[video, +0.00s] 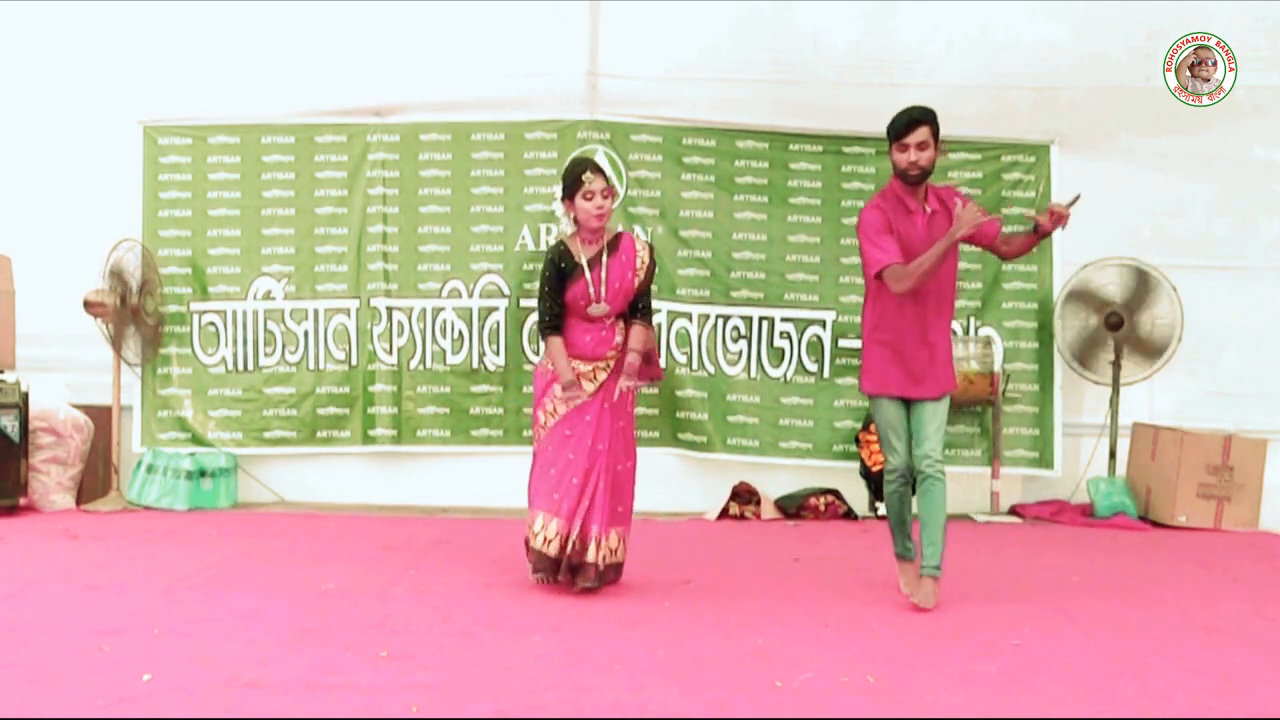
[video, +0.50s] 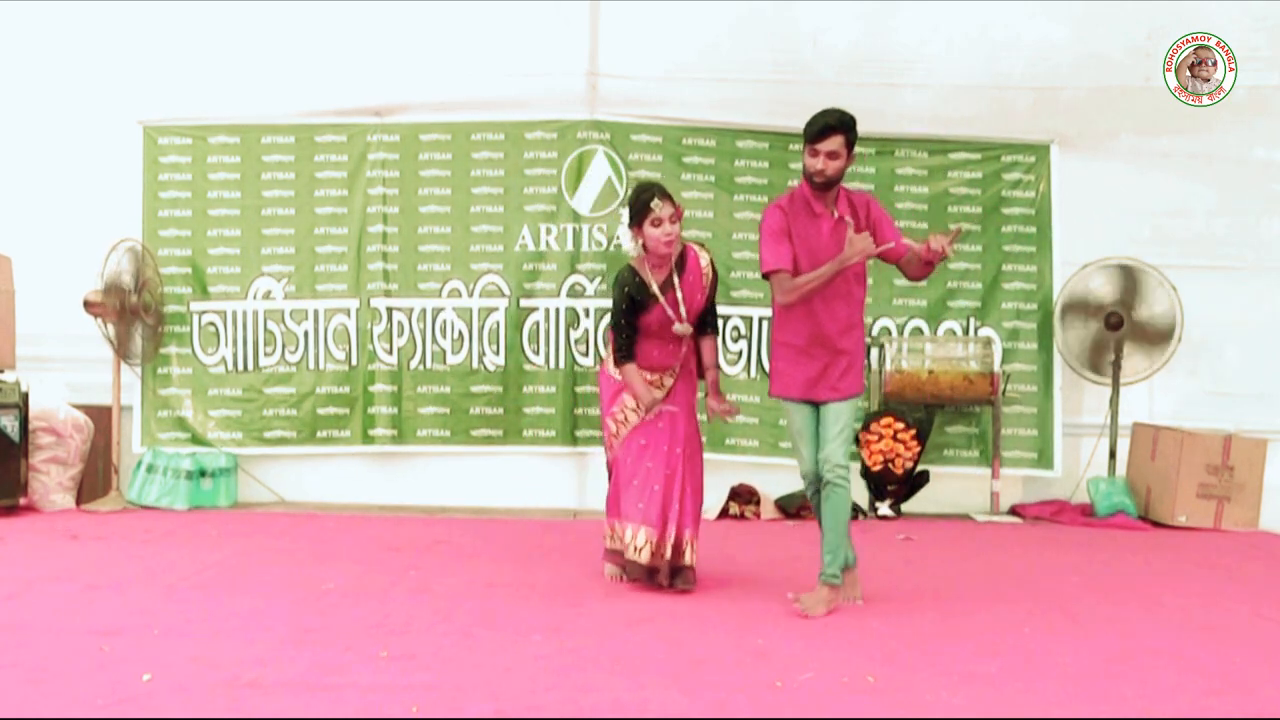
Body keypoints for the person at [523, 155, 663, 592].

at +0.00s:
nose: (600, 204)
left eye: (606, 194)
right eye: (588, 196)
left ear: (615, 198)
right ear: (570, 204)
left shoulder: (637, 252)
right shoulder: (560, 256)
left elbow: (641, 313)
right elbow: (549, 323)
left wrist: (633, 358)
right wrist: (566, 375)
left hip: (614, 368)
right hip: (564, 366)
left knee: (605, 458)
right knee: (563, 456)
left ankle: (596, 557)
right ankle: (558, 552)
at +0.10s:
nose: (610, 207)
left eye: (616, 197)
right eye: (599, 199)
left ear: (624, 199)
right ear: (580, 207)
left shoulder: (646, 254)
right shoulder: (569, 254)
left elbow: (651, 318)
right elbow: (558, 322)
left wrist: (652, 375)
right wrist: (597, 361)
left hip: (622, 366)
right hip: (571, 364)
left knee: (614, 455)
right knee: (570, 452)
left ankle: (607, 554)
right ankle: (563, 551)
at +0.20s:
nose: (633, 219)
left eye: (637, 209)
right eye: (622, 213)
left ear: (645, 209)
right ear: (602, 220)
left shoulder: (665, 262)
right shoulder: (590, 263)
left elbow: (668, 328)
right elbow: (575, 331)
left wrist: (674, 390)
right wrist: (617, 369)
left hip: (639, 369)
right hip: (587, 368)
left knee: (633, 457)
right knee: (584, 455)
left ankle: (625, 559)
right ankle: (543, 544)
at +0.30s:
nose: (645, 234)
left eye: (650, 223)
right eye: (633, 226)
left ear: (658, 223)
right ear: (613, 233)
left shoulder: (676, 269)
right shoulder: (606, 281)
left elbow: (678, 331)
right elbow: (591, 350)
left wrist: (663, 388)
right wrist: (610, 410)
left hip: (651, 382)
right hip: (603, 381)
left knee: (650, 462)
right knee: (614, 459)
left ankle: (638, 563)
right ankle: (598, 557)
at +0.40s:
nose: (659, 235)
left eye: (664, 224)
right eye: (648, 228)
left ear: (673, 225)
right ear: (629, 235)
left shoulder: (689, 268)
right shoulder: (622, 283)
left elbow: (692, 331)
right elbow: (618, 352)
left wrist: (681, 389)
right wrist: (623, 411)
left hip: (668, 379)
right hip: (622, 380)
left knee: (672, 458)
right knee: (636, 458)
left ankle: (661, 559)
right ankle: (625, 554)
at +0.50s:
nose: (669, 231)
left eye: (674, 221)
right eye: (658, 224)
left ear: (681, 221)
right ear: (638, 231)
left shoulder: (700, 265)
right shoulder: (630, 279)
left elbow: (707, 327)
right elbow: (622, 345)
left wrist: (712, 389)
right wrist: (640, 391)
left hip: (679, 372)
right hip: (633, 373)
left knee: (681, 455)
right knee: (643, 456)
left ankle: (676, 555)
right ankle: (639, 553)